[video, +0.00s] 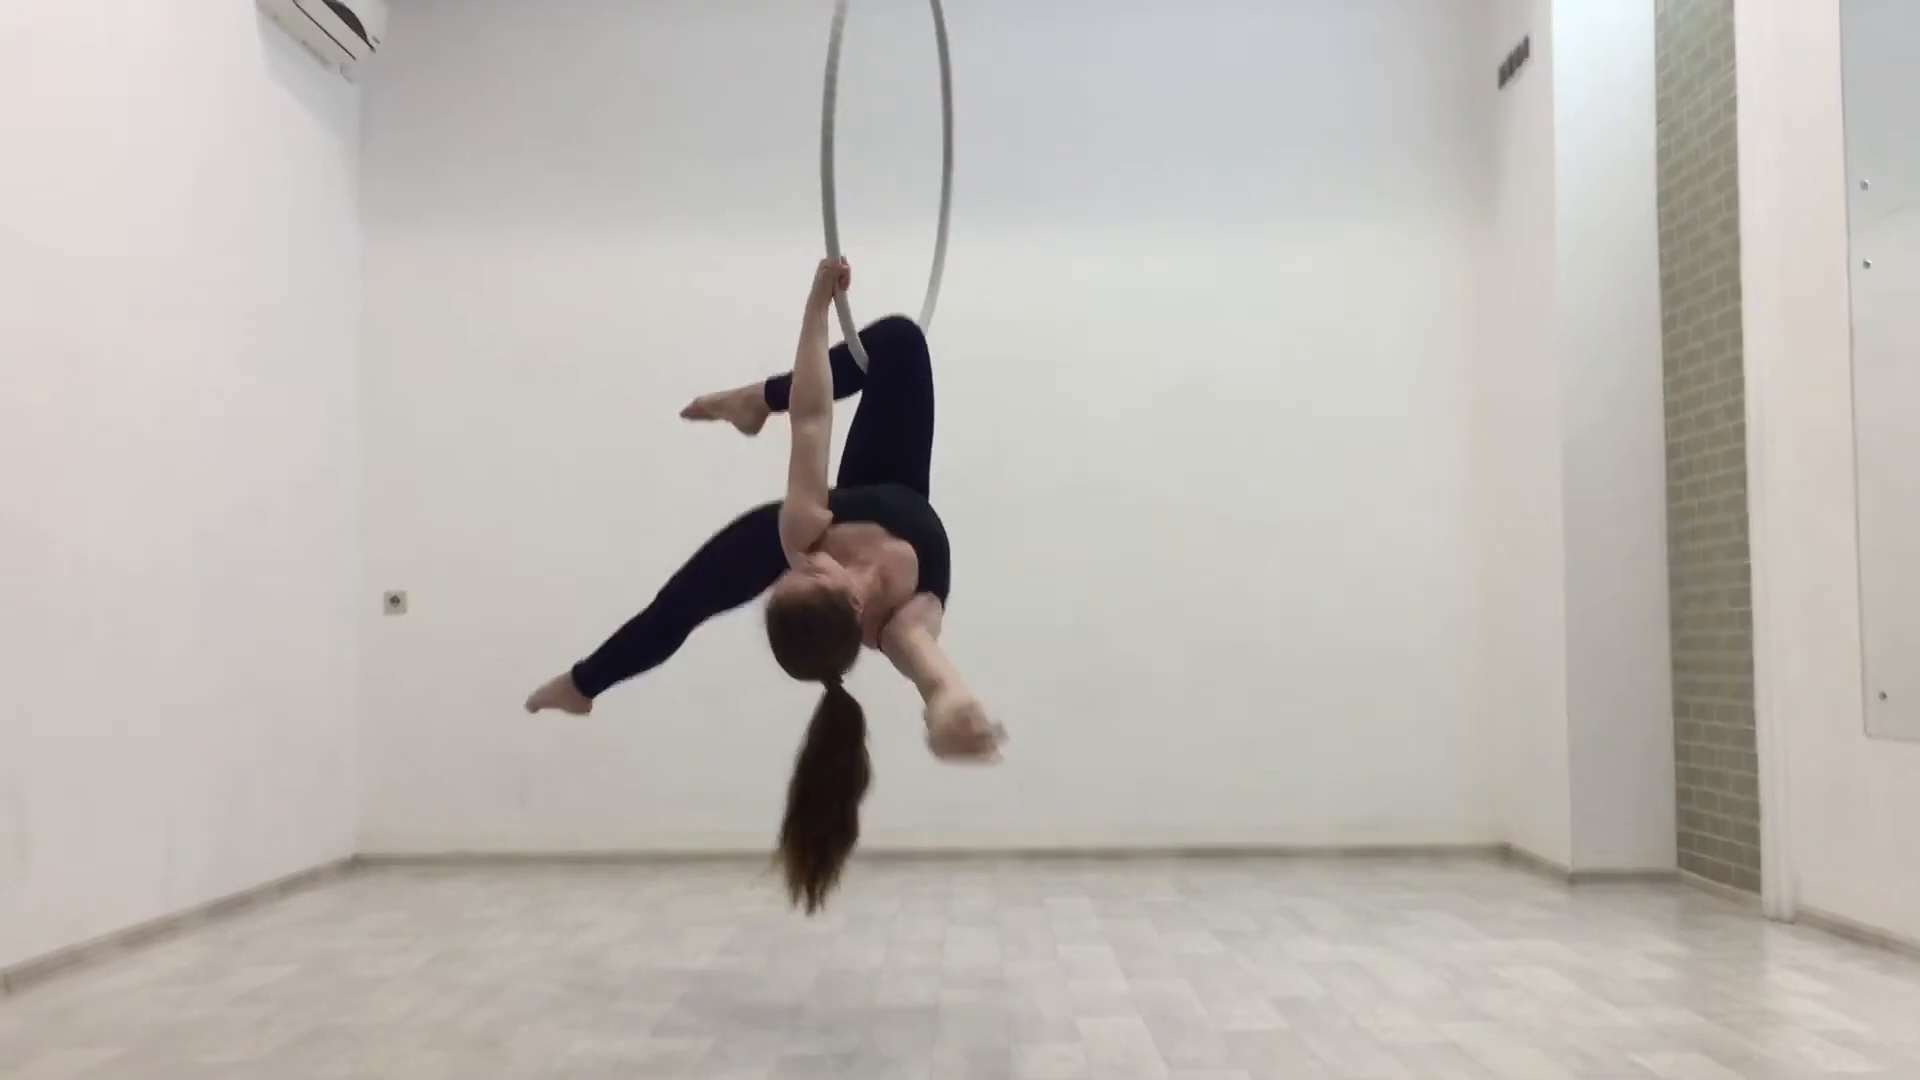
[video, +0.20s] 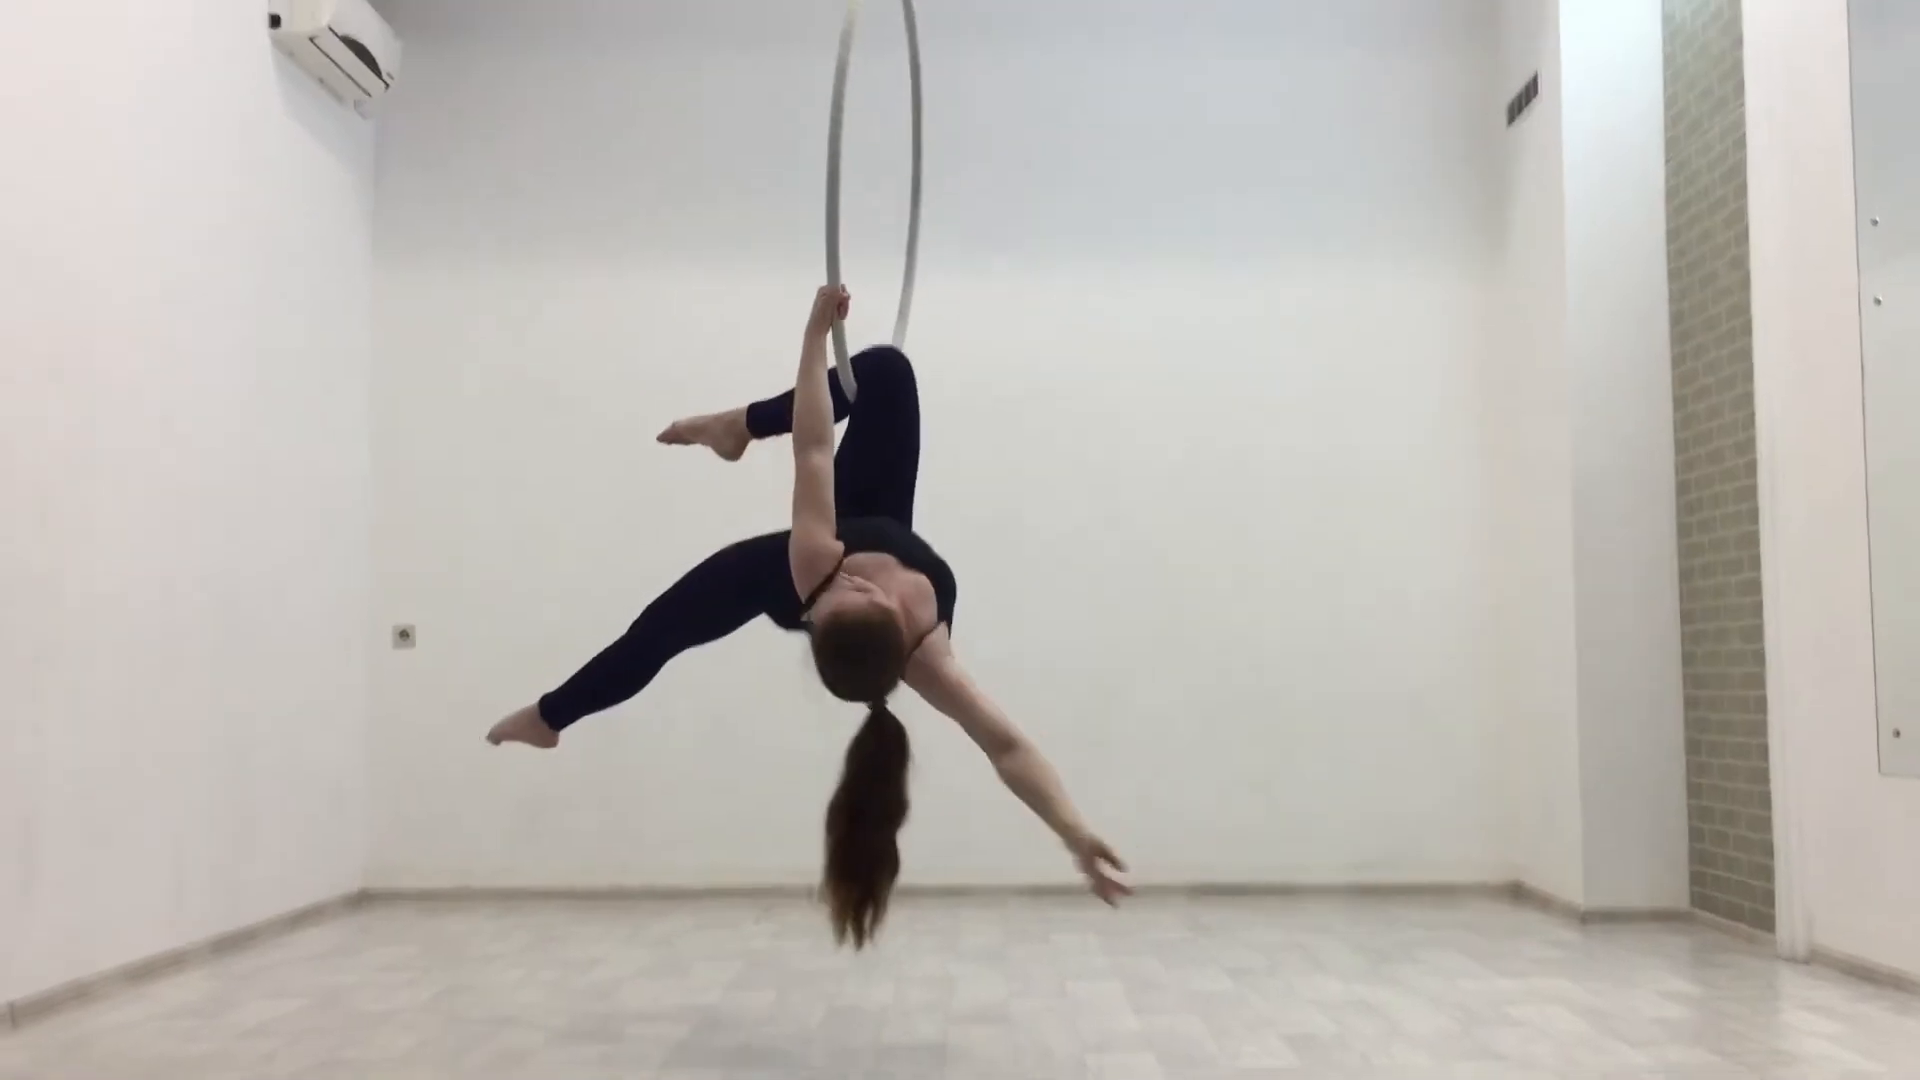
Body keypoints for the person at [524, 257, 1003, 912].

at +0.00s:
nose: (830, 569)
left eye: (805, 575)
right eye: (837, 587)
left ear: (793, 573)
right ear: (857, 621)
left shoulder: (802, 533)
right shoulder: (904, 630)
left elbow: (809, 417)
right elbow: (941, 685)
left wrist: (819, 304)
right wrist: (956, 724)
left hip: (836, 512)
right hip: (907, 509)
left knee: (682, 600)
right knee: (902, 340)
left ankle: (579, 685)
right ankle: (760, 402)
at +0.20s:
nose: (876, 578)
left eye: (858, 588)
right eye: (895, 599)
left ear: (824, 600)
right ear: (904, 640)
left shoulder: (810, 562)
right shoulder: (930, 663)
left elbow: (811, 443)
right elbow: (1006, 749)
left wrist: (819, 333)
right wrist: (1078, 833)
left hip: (816, 560)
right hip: (895, 541)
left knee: (663, 627)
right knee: (888, 367)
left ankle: (549, 716)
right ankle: (739, 425)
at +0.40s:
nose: (915, 538)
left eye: (917, 558)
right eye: (932, 547)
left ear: (898, 592)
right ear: (944, 635)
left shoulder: (829, 566)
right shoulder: (954, 651)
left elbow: (809, 448)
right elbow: (1059, 724)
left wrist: (817, 344)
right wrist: (1156, 784)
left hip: (780, 593)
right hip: (835, 580)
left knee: (644, 630)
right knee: (892, 387)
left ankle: (534, 714)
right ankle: (742, 428)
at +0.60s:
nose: (973, 467)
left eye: (983, 474)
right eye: (988, 465)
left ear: (982, 509)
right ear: (1022, 538)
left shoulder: (894, 533)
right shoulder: (1014, 588)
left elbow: (803, 445)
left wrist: (817, 332)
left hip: (778, 579)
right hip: (847, 581)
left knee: (646, 604)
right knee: (899, 391)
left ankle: (531, 683)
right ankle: (745, 414)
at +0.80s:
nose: (991, 368)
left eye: (1003, 367)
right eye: (1006, 362)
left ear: (1017, 398)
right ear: (1047, 415)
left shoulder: (953, 447)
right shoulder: (1018, 482)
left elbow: (822, 433)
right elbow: (897, 457)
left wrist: (841, 333)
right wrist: (857, 406)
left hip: (810, 586)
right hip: (865, 591)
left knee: (675, 588)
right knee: (914, 383)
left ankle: (552, 664)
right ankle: (753, 428)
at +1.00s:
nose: (998, 285)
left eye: (1012, 281)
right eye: (1011, 276)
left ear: (1028, 313)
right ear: (1045, 331)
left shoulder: (980, 370)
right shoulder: (1035, 401)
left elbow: (888, 421)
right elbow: (918, 424)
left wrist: (862, 329)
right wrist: (879, 351)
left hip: (900, 579)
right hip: (951, 592)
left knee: (736, 589)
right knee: (898, 395)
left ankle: (591, 614)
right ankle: (774, 501)